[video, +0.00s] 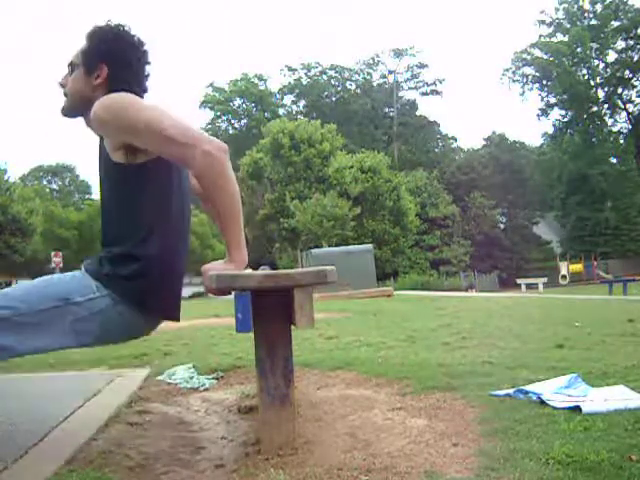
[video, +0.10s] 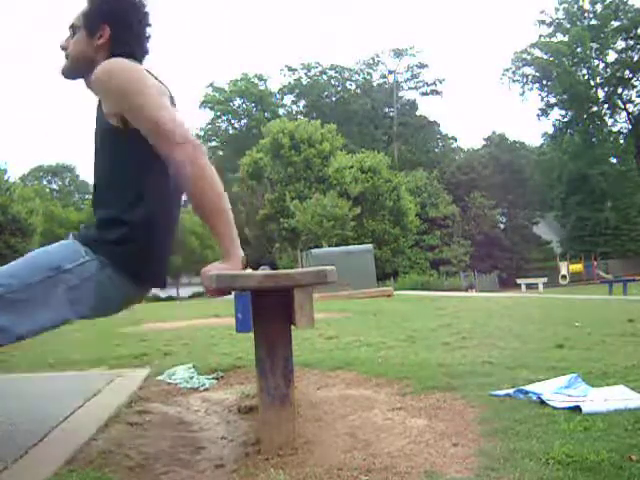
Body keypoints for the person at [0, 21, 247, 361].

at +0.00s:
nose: (62, 81)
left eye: (72, 69)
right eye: (68, 69)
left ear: (99, 76)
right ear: (100, 77)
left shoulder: (110, 109)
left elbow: (212, 153)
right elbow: (202, 187)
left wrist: (237, 257)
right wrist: (240, 250)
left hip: (120, 293)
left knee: (2, 316)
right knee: (5, 311)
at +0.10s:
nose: (64, 44)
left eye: (73, 32)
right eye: (68, 33)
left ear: (102, 36)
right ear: (101, 37)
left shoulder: (115, 73)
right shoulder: (143, 82)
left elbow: (187, 155)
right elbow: (193, 163)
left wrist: (233, 255)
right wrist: (233, 256)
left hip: (109, 259)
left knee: (3, 306)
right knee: (5, 317)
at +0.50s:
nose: (59, 88)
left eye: (67, 75)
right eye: (63, 76)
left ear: (96, 78)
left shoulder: (112, 108)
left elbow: (214, 153)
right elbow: (204, 190)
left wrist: (238, 257)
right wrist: (240, 254)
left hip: (125, 296)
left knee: (3, 322)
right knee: (5, 320)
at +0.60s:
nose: (58, 121)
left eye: (66, 108)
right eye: (61, 109)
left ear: (94, 109)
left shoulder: (112, 137)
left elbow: (221, 155)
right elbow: (219, 202)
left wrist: (239, 259)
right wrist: (243, 259)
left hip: (134, 327)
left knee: (3, 328)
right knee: (10, 316)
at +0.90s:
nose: (53, 140)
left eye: (62, 127)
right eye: (57, 128)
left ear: (88, 132)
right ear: (88, 133)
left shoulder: (106, 159)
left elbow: (216, 156)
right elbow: (210, 194)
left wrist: (239, 259)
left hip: (133, 346)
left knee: (2, 333)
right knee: (7, 327)